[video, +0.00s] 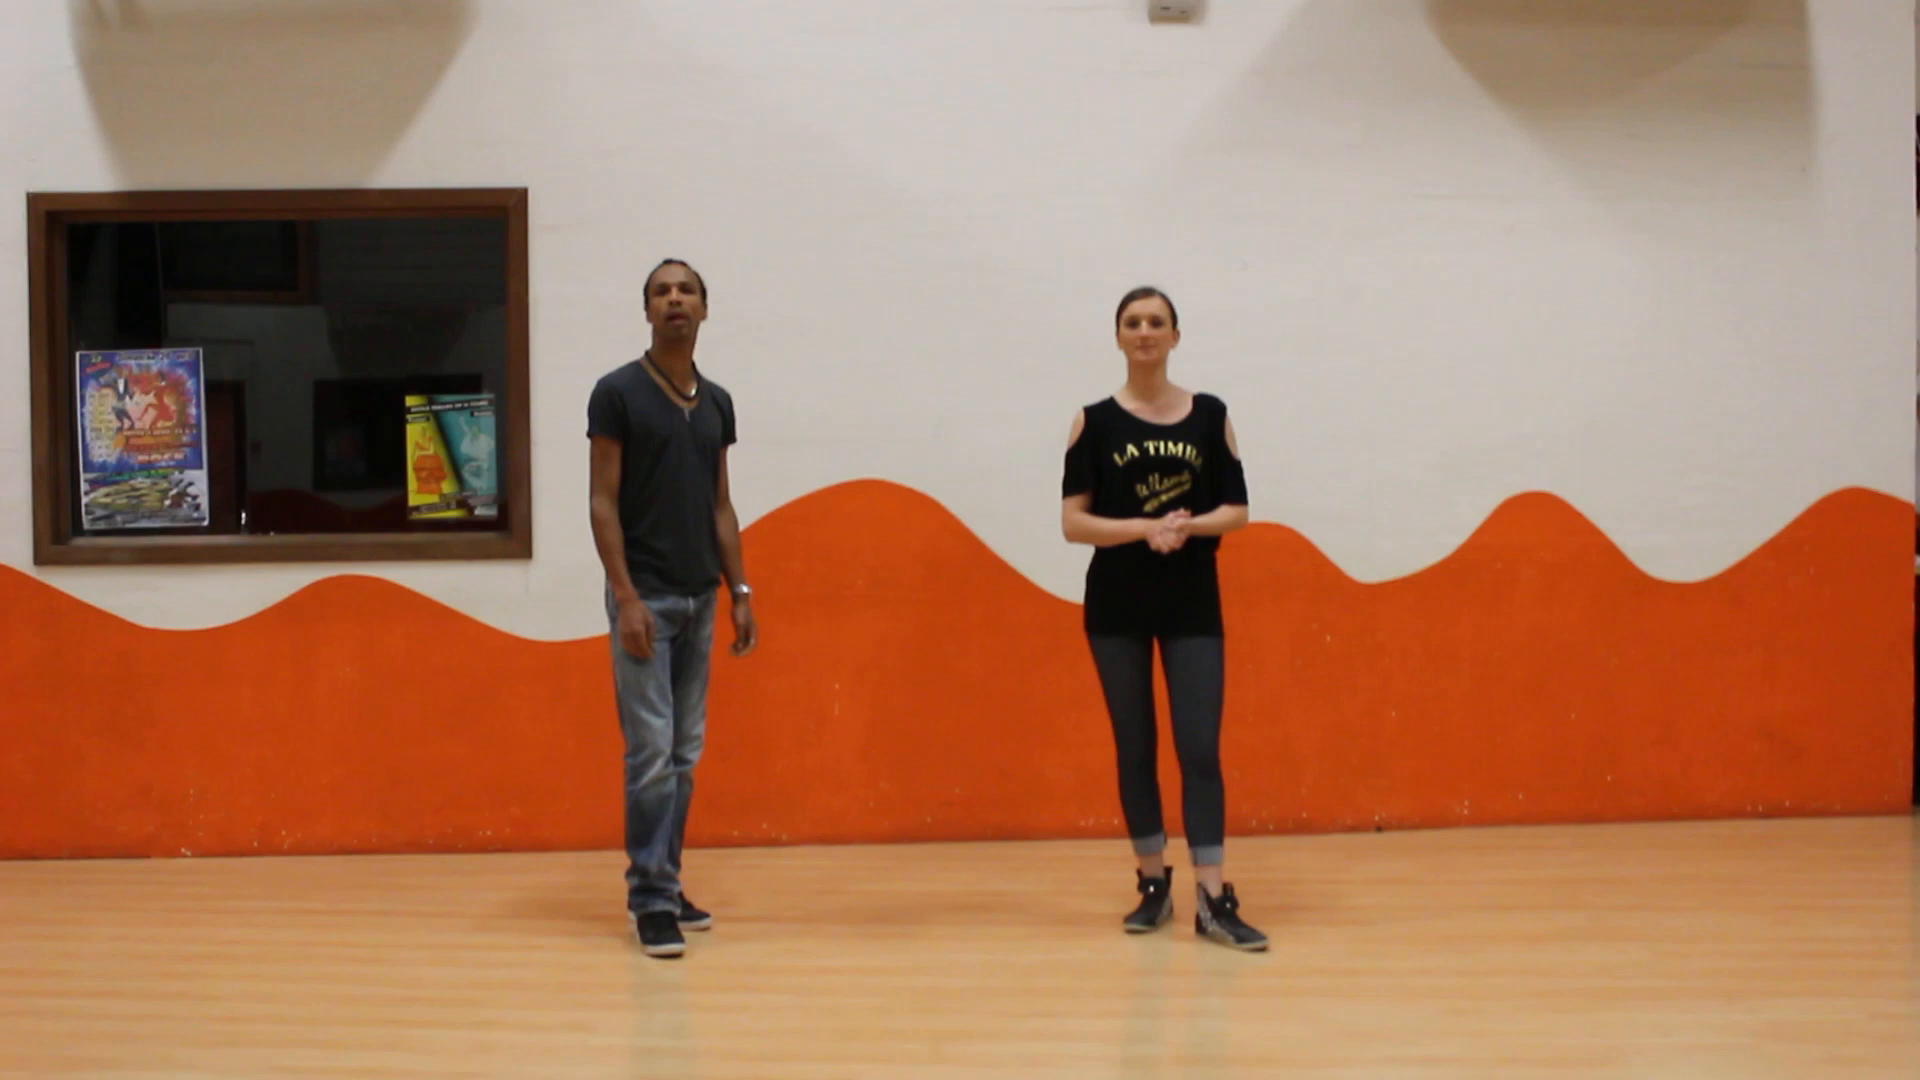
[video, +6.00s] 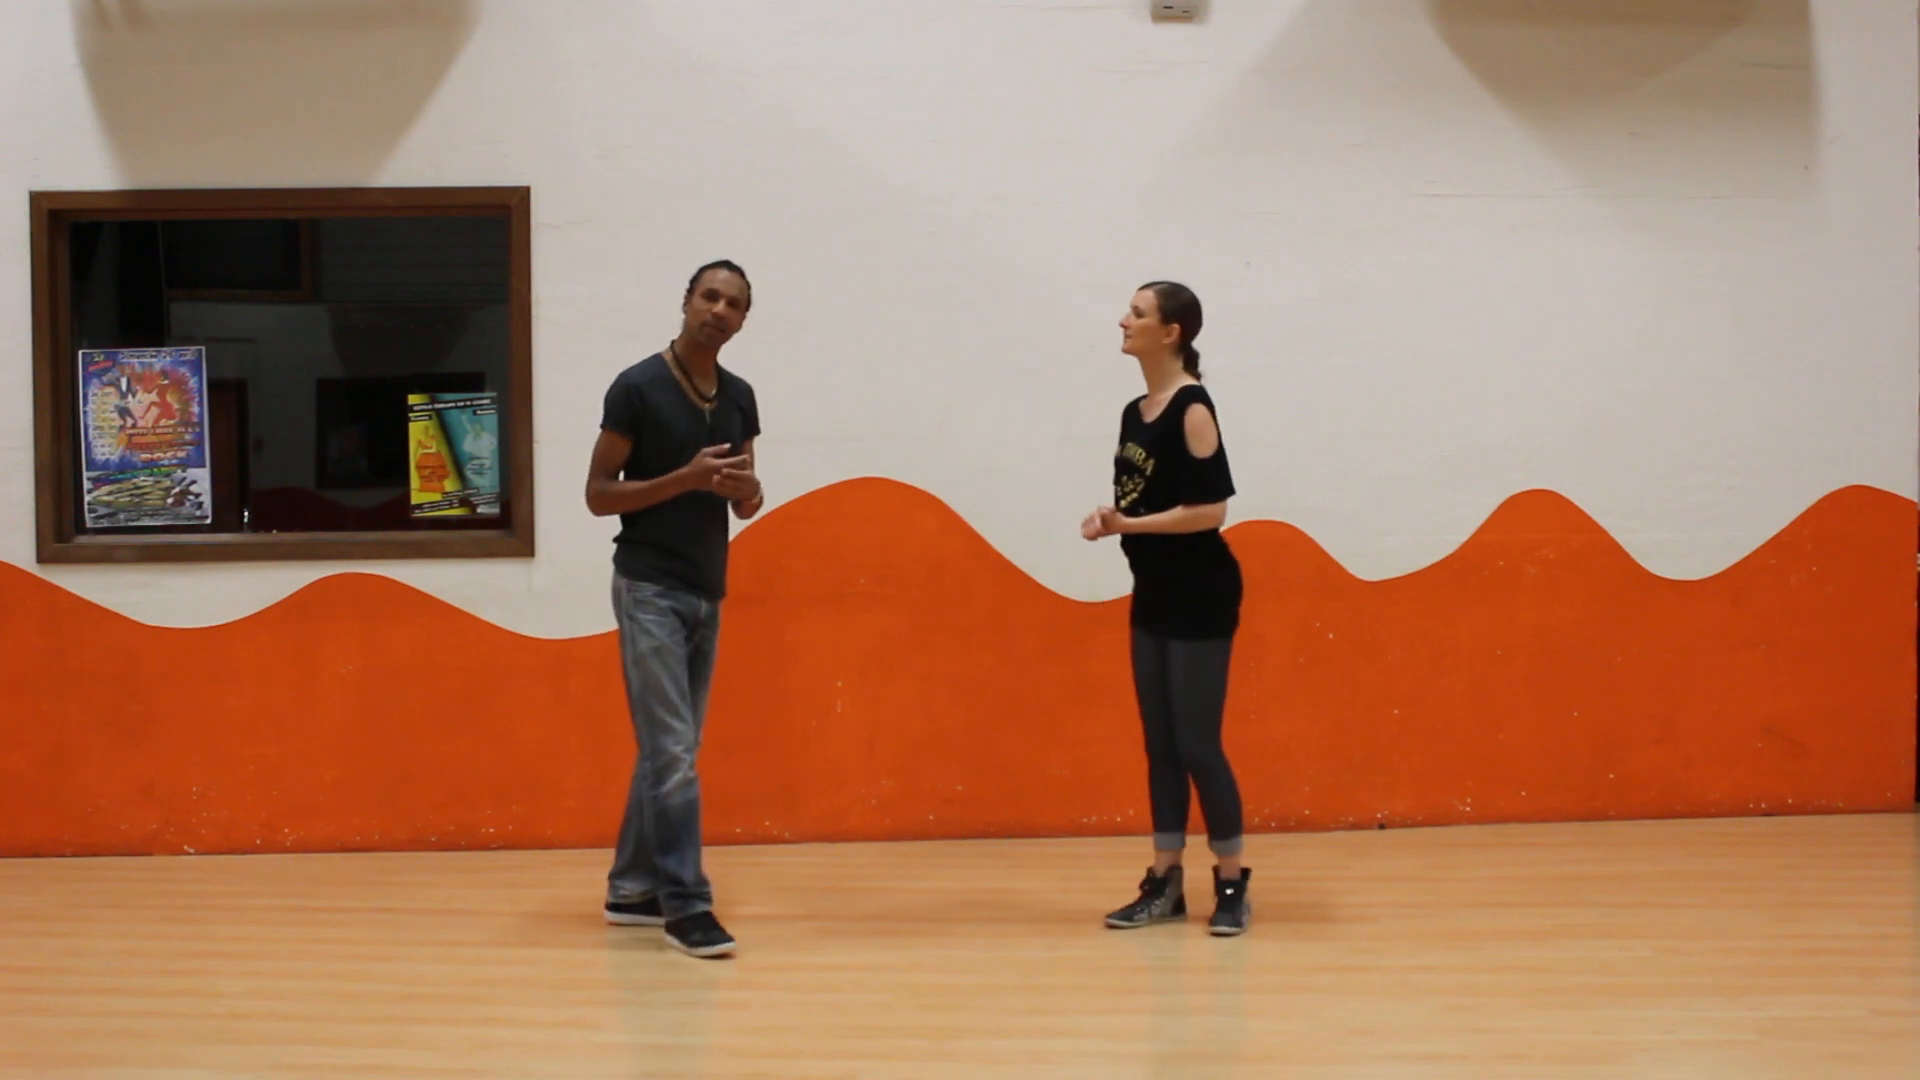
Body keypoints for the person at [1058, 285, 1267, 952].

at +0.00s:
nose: (1145, 333)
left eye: (1156, 323)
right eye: (1133, 323)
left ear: (1175, 336)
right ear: (1117, 336)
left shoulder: (1208, 414)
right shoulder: (1092, 423)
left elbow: (1236, 510)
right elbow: (1075, 522)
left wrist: (1191, 524)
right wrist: (1140, 527)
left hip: (1191, 602)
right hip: (1117, 605)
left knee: (1199, 751)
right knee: (1135, 749)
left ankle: (1213, 900)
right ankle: (1154, 886)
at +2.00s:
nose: (1116, 339)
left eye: (1129, 329)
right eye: (1115, 329)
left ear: (1167, 335)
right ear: (1119, 338)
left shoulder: (1215, 413)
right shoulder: (1099, 421)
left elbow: (1243, 510)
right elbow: (1079, 521)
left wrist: (1188, 524)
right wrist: (1138, 526)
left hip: (1195, 601)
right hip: (1120, 601)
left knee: (1205, 747)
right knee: (1138, 745)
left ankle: (1216, 896)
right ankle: (1157, 882)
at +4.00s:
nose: (1142, 336)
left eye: (1153, 325)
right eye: (1131, 327)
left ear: (1172, 337)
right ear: (1115, 339)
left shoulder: (1208, 412)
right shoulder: (1092, 424)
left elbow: (1243, 506)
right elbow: (1074, 524)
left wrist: (1194, 520)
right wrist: (1136, 519)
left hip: (1192, 602)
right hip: (1118, 604)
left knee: (1205, 747)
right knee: (1138, 746)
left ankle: (1216, 896)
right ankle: (1156, 883)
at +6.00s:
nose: (1124, 323)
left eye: (1137, 316)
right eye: (1127, 313)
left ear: (1174, 332)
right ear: (1157, 331)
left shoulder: (1194, 409)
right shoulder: (1136, 412)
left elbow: (1212, 509)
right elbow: (1145, 500)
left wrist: (1129, 524)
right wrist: (1111, 515)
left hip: (1202, 598)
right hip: (1152, 596)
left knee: (1198, 744)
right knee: (1160, 743)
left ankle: (1231, 883)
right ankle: (1165, 882)